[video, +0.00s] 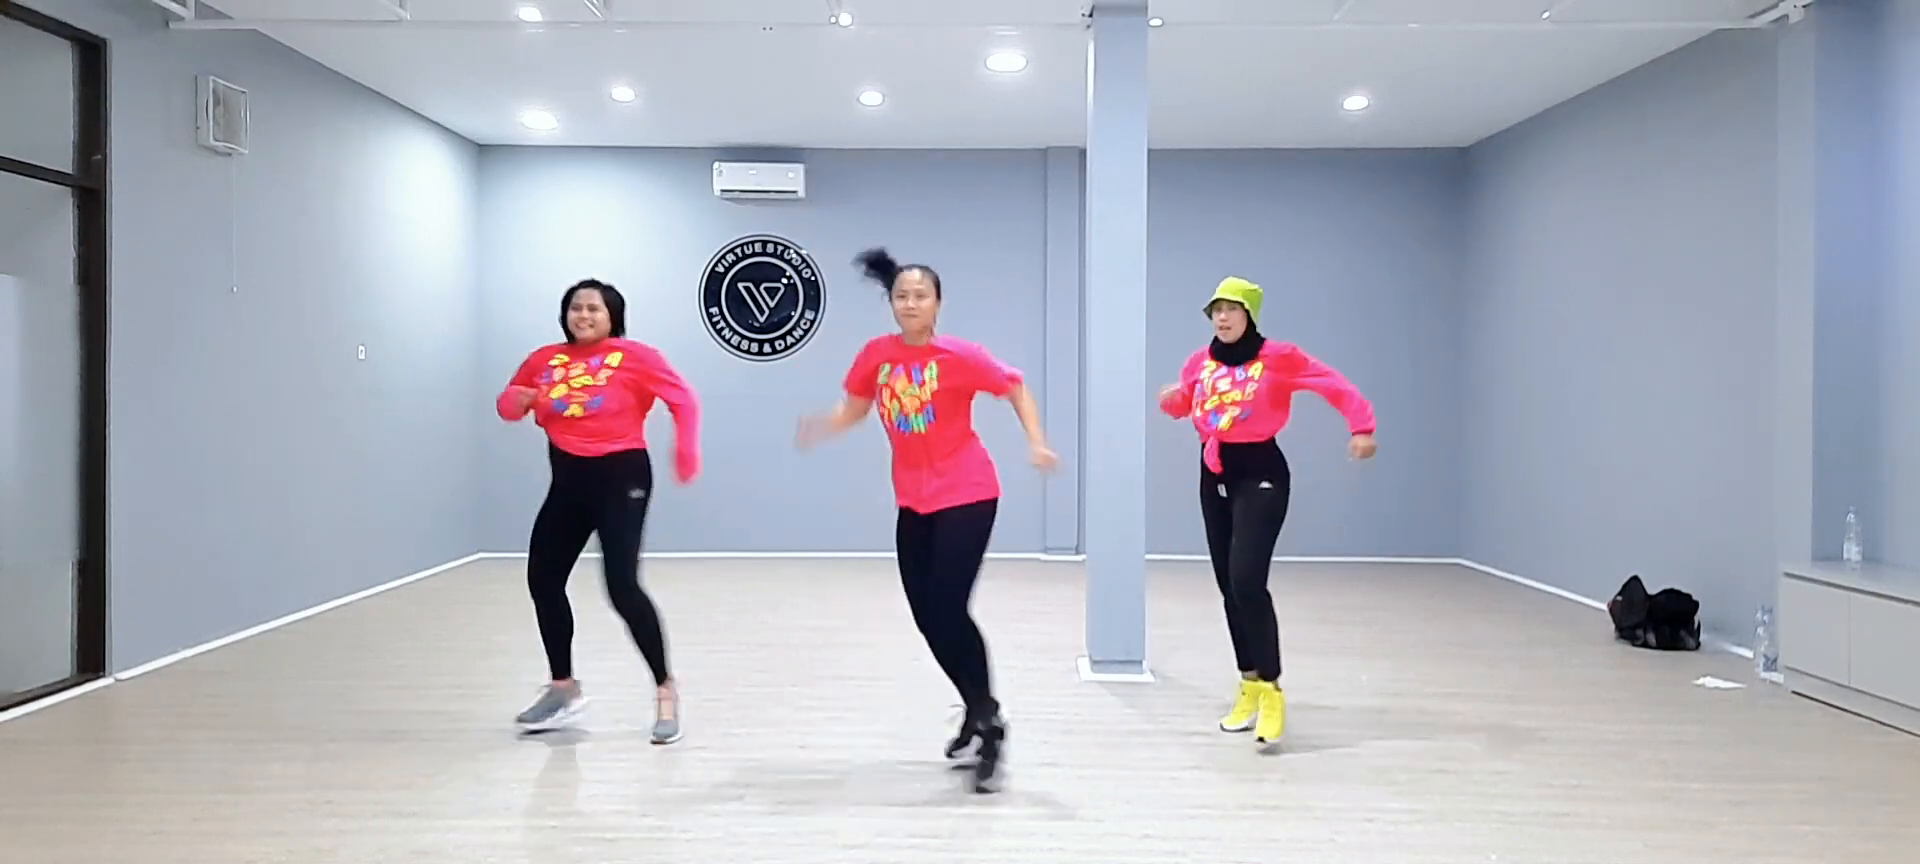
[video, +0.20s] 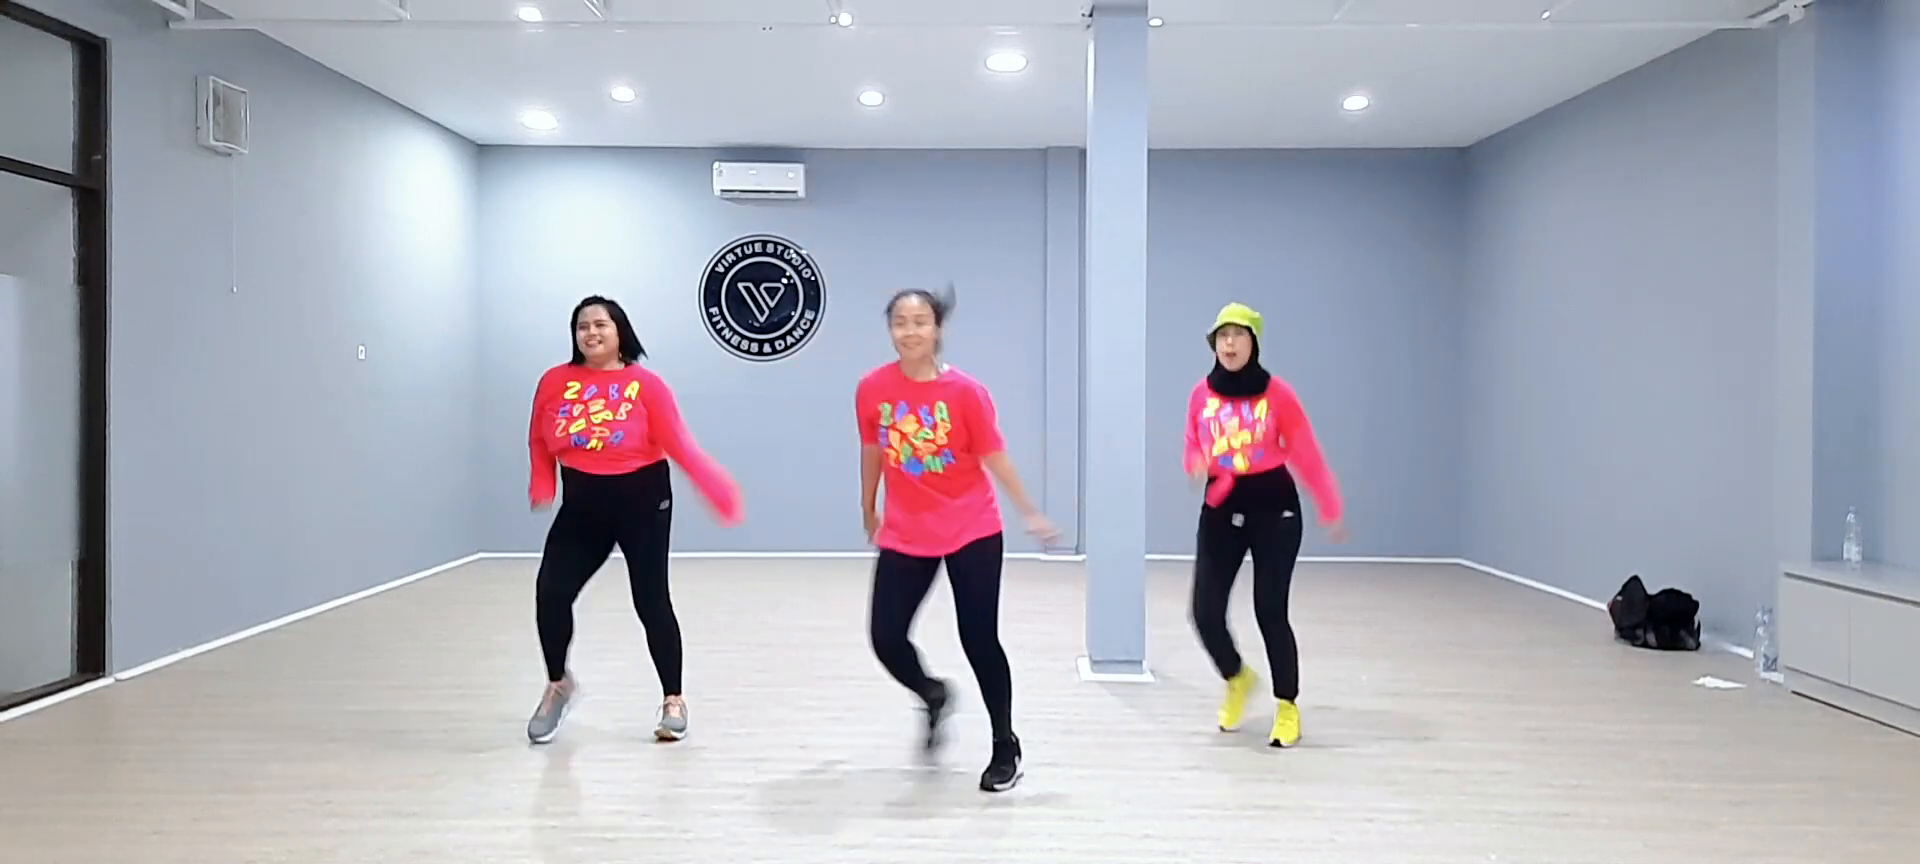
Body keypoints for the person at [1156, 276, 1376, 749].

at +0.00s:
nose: (1223, 317)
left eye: (1233, 309)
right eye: (1217, 309)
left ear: (1250, 315)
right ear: (1211, 316)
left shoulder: (1277, 357)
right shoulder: (1201, 364)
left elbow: (1337, 386)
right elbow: (1184, 408)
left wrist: (1363, 428)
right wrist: (1171, 401)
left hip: (1262, 475)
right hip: (1216, 478)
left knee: (1246, 582)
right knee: (1229, 585)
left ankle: (1270, 691)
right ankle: (1250, 684)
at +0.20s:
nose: (1231, 345)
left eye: (1239, 336)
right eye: (1223, 336)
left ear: (1254, 343)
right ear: (1214, 343)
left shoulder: (1277, 395)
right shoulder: (1203, 395)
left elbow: (1307, 454)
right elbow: (1193, 449)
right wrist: (1198, 463)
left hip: (1274, 505)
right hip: (1222, 505)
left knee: (1271, 611)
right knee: (1206, 611)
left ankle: (1287, 707)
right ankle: (1238, 677)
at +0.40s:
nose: (1226, 359)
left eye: (1235, 352)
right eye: (1219, 351)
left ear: (1249, 360)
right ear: (1207, 358)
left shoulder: (1262, 411)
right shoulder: (1192, 405)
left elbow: (1250, 474)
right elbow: (1174, 463)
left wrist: (1233, 530)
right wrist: (1153, 517)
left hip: (1257, 513)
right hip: (1205, 512)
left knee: (1262, 627)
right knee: (1167, 602)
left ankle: (1285, 711)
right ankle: (1137, 704)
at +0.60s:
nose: (1193, 338)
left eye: (1202, 330)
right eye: (1186, 329)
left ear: (1217, 337)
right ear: (1173, 336)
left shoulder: (1230, 379)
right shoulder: (1158, 383)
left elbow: (1223, 405)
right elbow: (1125, 428)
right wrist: (1082, 463)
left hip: (1204, 491)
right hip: (1151, 491)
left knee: (1228, 606)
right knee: (1136, 604)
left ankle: (1255, 690)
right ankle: (1121, 725)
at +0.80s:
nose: (1157, 307)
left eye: (1166, 299)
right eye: (1149, 299)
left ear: (1181, 306)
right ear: (1137, 304)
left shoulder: (1201, 334)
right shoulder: (1125, 348)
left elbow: (1258, 311)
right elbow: (1081, 383)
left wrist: (1214, 343)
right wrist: (1035, 409)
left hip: (1185, 470)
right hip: (1132, 467)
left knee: (1163, 592)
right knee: (1117, 584)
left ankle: (1136, 697)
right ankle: (1093, 704)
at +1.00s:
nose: (1134, 345)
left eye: (1143, 337)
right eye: (1126, 336)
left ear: (1157, 343)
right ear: (1113, 342)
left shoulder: (1184, 380)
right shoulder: (1098, 398)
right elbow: (1051, 434)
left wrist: (1239, 441)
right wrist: (997, 458)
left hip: (1163, 518)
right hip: (1108, 515)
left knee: (1158, 640)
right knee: (1096, 627)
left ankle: (1115, 704)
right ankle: (1072, 737)